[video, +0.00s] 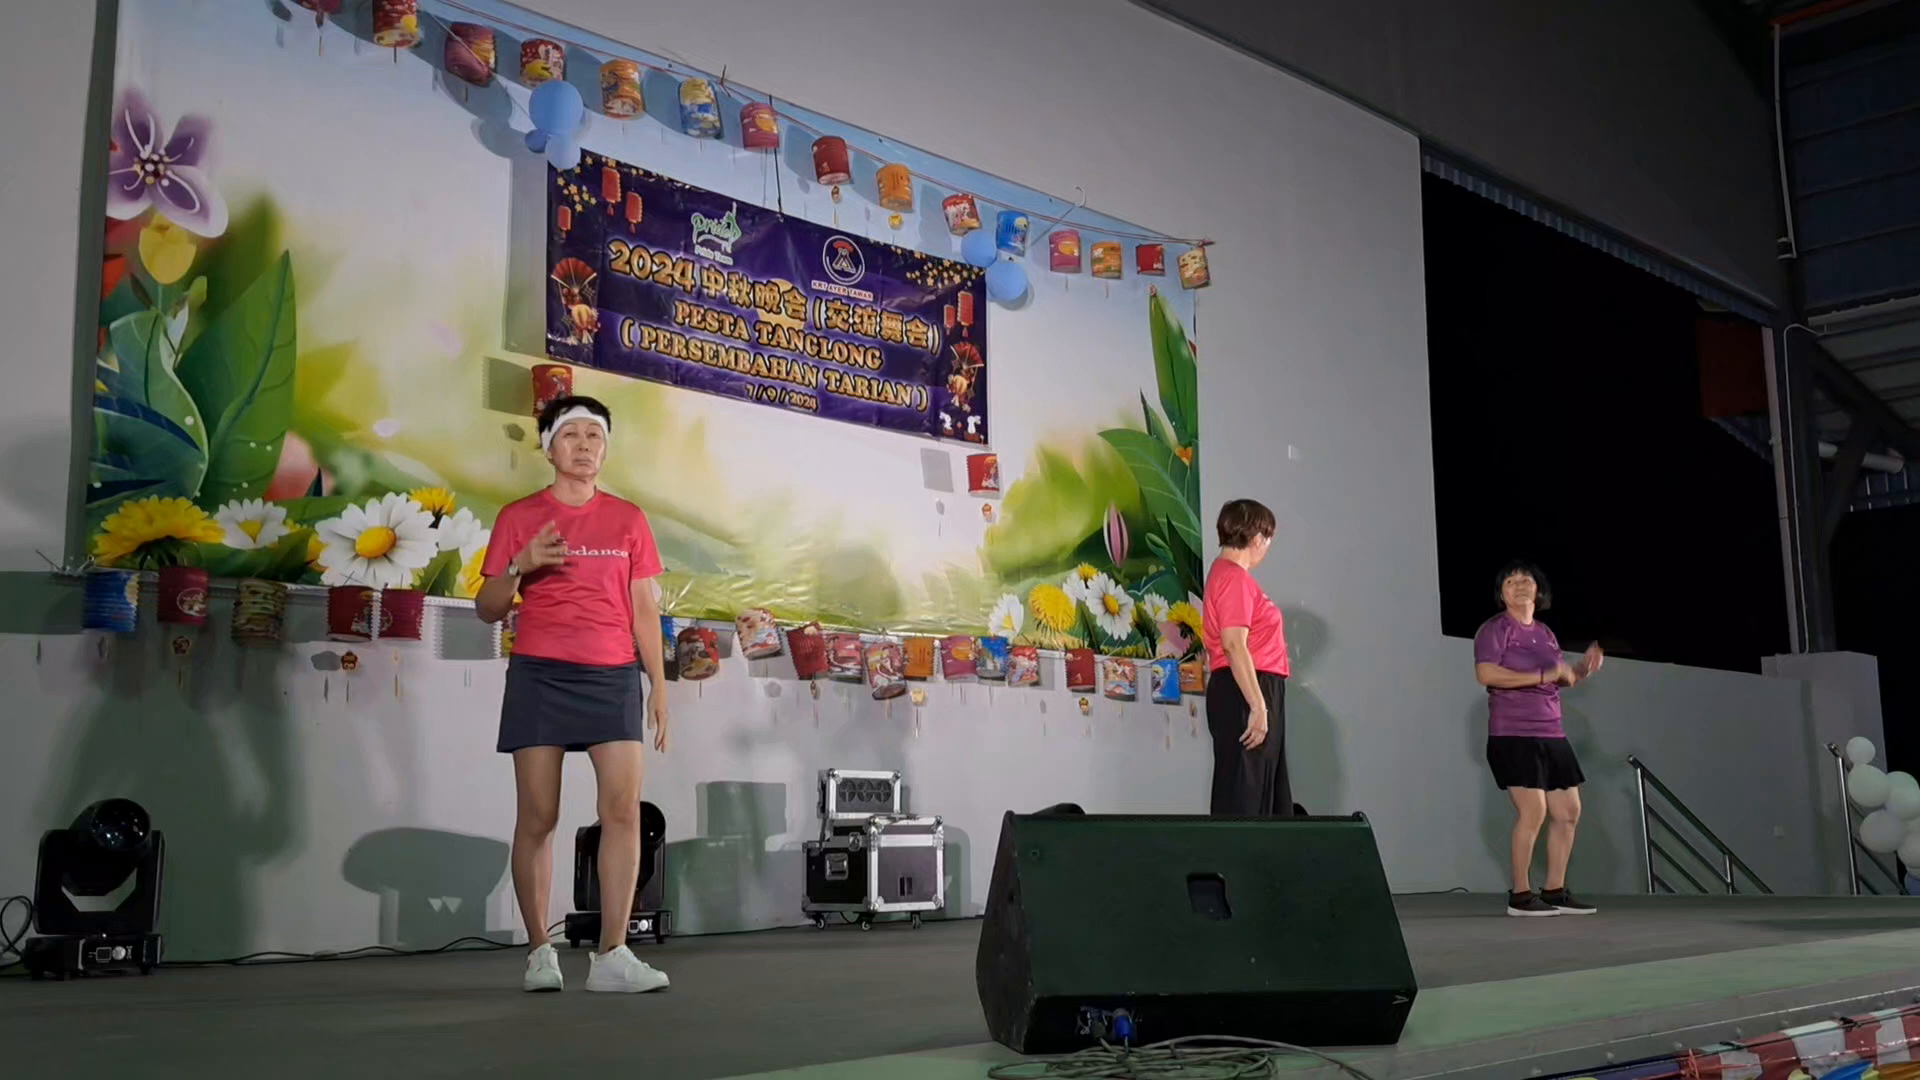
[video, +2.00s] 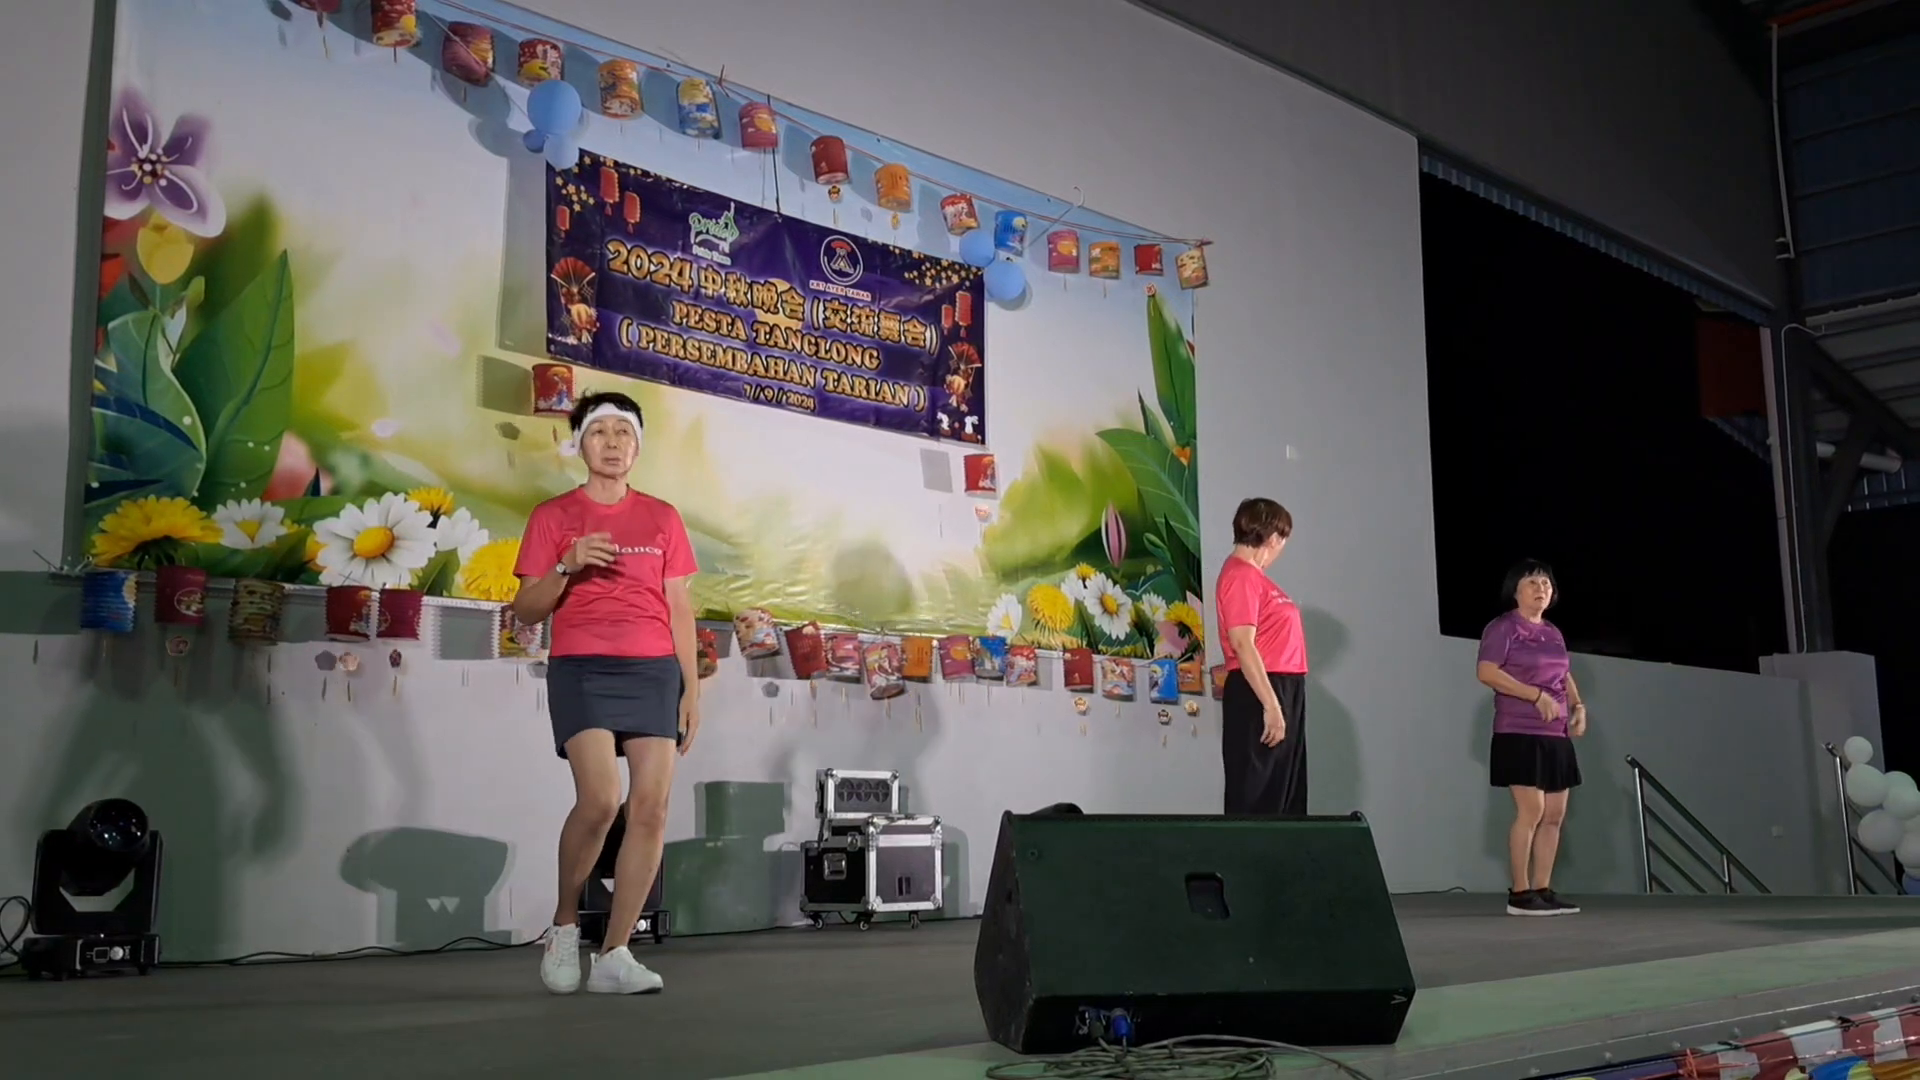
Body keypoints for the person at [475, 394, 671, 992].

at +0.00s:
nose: (583, 444)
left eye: (594, 436)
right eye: (572, 435)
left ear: (606, 449)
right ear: (549, 447)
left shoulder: (628, 519)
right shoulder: (519, 516)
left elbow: (646, 610)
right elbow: (489, 608)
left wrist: (658, 684)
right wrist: (522, 567)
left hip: (614, 678)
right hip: (539, 676)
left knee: (623, 808)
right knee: (538, 817)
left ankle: (612, 952)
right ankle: (541, 949)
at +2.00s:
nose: (612, 441)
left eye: (624, 432)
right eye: (599, 431)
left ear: (638, 447)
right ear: (580, 445)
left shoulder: (663, 517)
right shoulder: (553, 515)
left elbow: (681, 607)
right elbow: (527, 608)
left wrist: (691, 686)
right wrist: (567, 566)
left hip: (657, 672)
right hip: (580, 669)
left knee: (653, 807)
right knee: (600, 800)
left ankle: (615, 952)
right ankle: (564, 928)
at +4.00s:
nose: (590, 450)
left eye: (596, 442)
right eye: (577, 440)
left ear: (602, 454)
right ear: (546, 451)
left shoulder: (617, 522)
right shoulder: (522, 517)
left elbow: (627, 610)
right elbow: (517, 603)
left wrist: (630, 675)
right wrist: (582, 562)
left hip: (609, 677)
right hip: (540, 677)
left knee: (630, 794)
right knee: (540, 815)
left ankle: (620, 941)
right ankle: (542, 948)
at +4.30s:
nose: (608, 443)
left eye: (613, 436)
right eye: (594, 435)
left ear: (620, 453)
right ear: (565, 450)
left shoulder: (639, 522)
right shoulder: (547, 511)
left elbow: (649, 607)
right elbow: (550, 593)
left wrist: (658, 668)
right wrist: (617, 617)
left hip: (638, 675)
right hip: (572, 673)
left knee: (638, 810)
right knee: (560, 819)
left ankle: (618, 950)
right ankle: (545, 946)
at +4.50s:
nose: (633, 449)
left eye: (638, 442)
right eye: (619, 439)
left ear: (642, 455)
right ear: (587, 451)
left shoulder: (657, 526)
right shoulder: (565, 514)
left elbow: (677, 616)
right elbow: (567, 606)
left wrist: (694, 692)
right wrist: (579, 688)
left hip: (664, 677)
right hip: (597, 675)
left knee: (652, 814)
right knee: (591, 818)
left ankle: (621, 950)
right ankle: (553, 931)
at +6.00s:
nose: (624, 439)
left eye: (629, 431)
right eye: (610, 430)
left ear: (635, 447)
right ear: (579, 445)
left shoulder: (657, 516)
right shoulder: (553, 513)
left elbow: (675, 612)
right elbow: (528, 600)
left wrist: (684, 694)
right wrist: (588, 629)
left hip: (654, 674)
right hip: (578, 674)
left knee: (645, 812)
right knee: (565, 818)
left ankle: (620, 952)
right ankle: (545, 949)